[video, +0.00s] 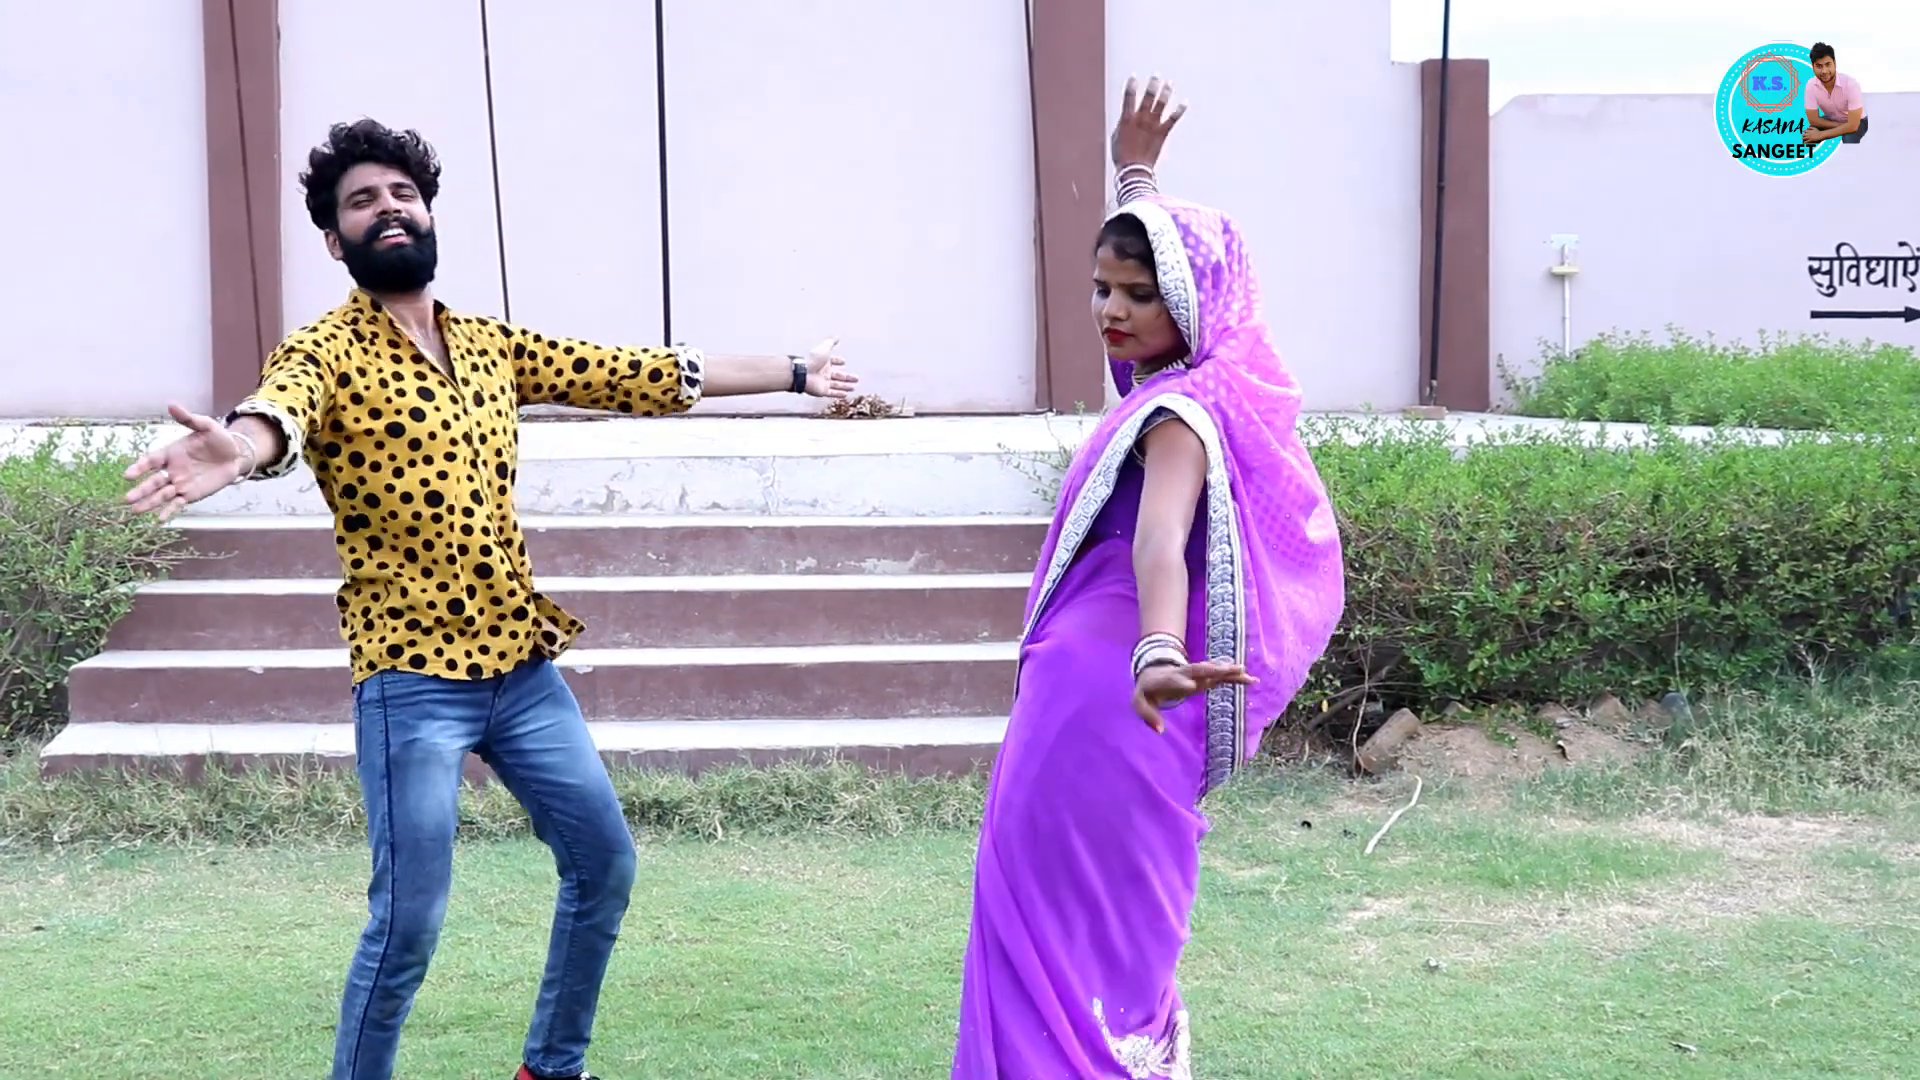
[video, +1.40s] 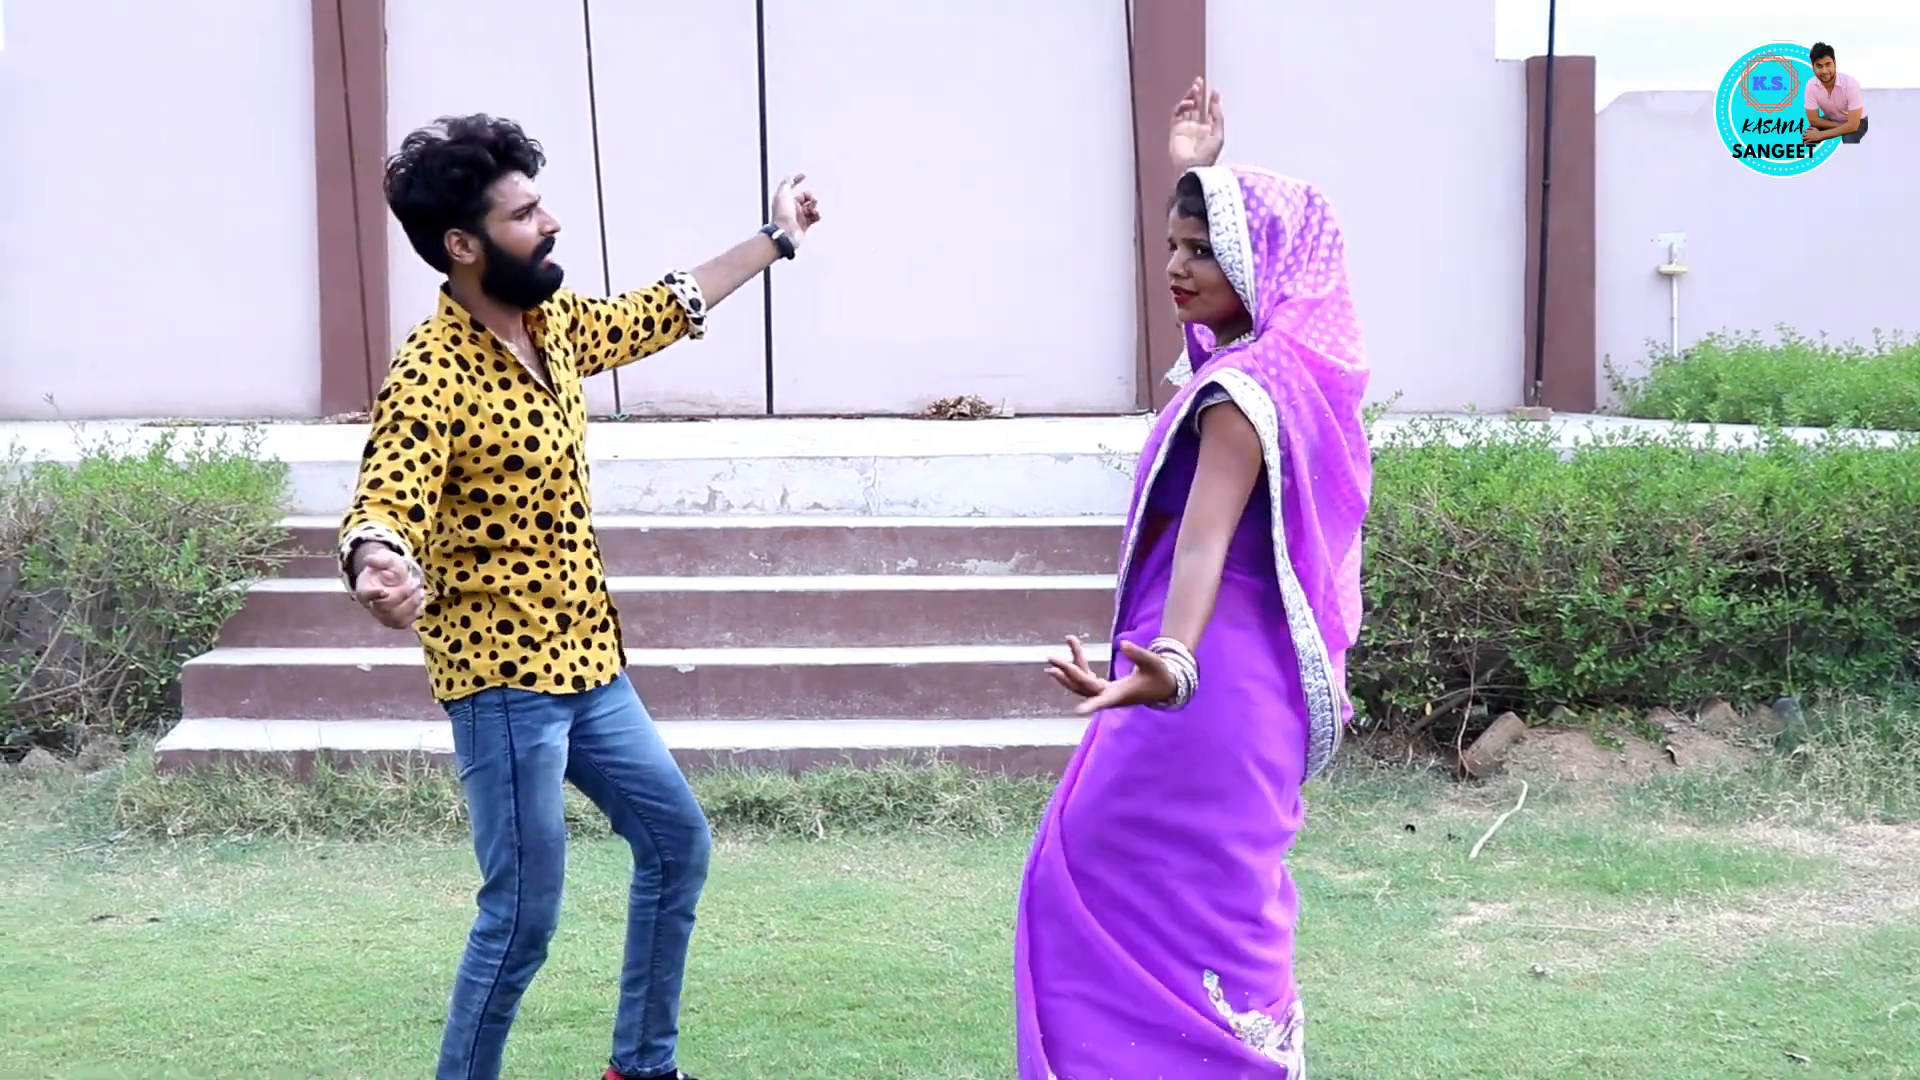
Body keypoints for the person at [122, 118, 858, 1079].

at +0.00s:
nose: (391, 210)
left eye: (404, 194)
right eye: (363, 201)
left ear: (433, 216)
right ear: (333, 240)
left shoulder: (490, 345)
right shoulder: (326, 350)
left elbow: (634, 374)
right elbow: (278, 409)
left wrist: (795, 374)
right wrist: (235, 446)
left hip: (520, 666)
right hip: (408, 674)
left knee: (604, 858)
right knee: (408, 923)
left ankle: (553, 1067)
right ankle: (357, 1074)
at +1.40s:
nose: (549, 223)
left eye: (541, 205)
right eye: (525, 212)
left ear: (490, 239)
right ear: (462, 246)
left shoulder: (559, 325)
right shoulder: (430, 375)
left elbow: (666, 308)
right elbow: (385, 505)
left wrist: (773, 237)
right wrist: (383, 562)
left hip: (587, 667)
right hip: (498, 680)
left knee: (677, 840)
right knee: (518, 918)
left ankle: (643, 1063)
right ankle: (462, 1072)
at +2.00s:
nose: (745, 246)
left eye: (744, 228)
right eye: (736, 228)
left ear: (672, 236)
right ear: (692, 242)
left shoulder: (660, 310)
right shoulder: (633, 384)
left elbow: (712, 242)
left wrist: (775, 149)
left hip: (697, 636)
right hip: (655, 655)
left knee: (766, 824)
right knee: (626, 890)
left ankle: (709, 1060)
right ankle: (528, 1070)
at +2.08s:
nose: (777, 245)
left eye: (775, 228)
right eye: (773, 230)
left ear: (687, 236)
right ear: (743, 247)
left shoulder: (650, 296)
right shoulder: (711, 400)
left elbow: (684, 192)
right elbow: (748, 587)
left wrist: (771, 101)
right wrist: (847, 659)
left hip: (677, 629)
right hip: (688, 650)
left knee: (761, 833)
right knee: (646, 883)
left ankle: (707, 1065)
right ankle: (530, 1068)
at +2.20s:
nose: (828, 271)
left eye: (823, 252)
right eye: (826, 257)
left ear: (735, 253)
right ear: (803, 271)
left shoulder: (681, 308)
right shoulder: (771, 417)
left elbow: (697, 179)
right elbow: (813, 570)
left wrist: (771, 68)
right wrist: (859, 600)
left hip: (684, 641)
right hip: (739, 662)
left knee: (774, 860)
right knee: (724, 897)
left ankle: (703, 1066)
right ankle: (540, 1066)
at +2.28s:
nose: (864, 284)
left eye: (864, 266)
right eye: (863, 268)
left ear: (768, 259)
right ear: (838, 277)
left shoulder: (702, 317)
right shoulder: (810, 415)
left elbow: (725, 178)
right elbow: (867, 583)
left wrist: (786, 57)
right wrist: (826, 547)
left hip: (694, 650)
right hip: (773, 668)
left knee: (757, 882)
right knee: (787, 897)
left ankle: (706, 1071)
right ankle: (581, 1047)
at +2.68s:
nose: (996, 249)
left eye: (993, 229)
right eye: (999, 232)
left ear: (903, 215)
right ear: (976, 234)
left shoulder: (838, 295)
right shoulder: (957, 356)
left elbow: (899, 143)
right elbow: (962, 513)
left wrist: (979, 23)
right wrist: (1001, 588)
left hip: (852, 632)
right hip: (953, 647)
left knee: (850, 853)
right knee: (1014, 863)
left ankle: (730, 1052)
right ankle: (996, 1069)